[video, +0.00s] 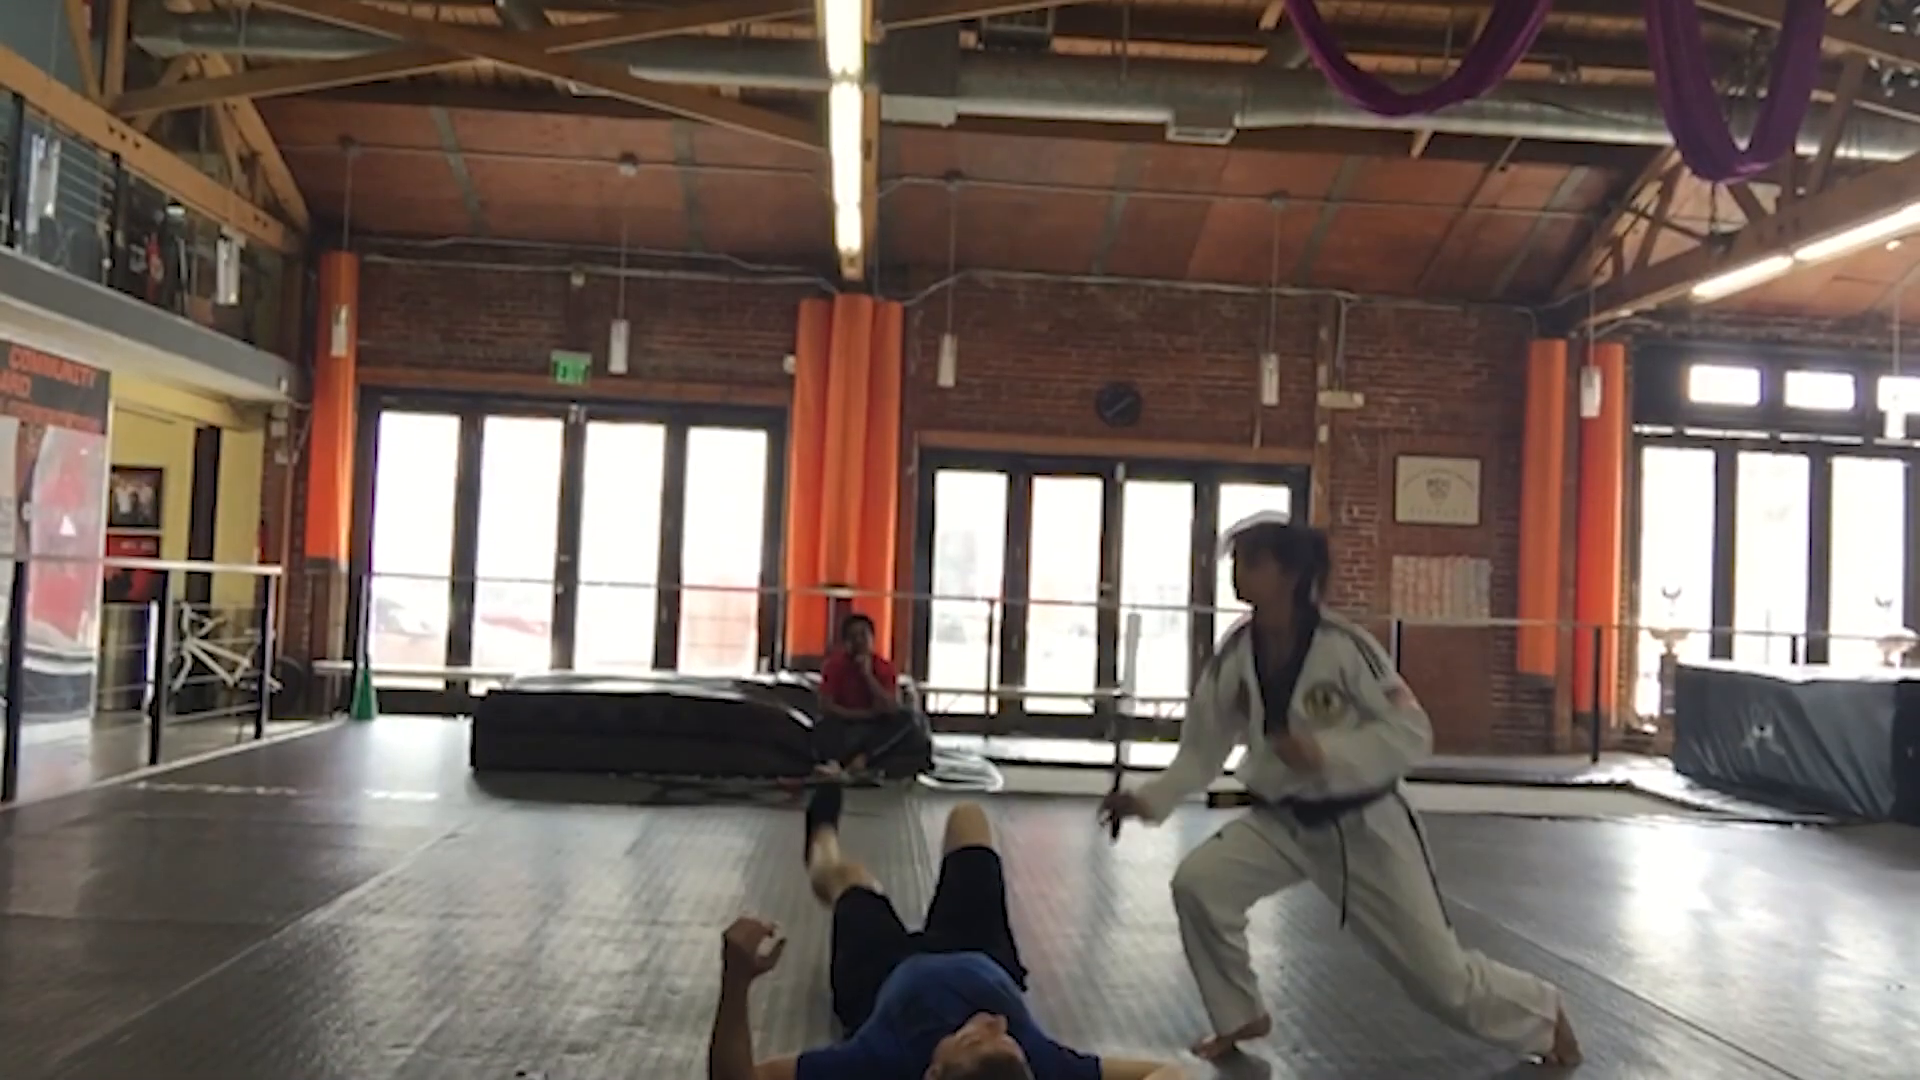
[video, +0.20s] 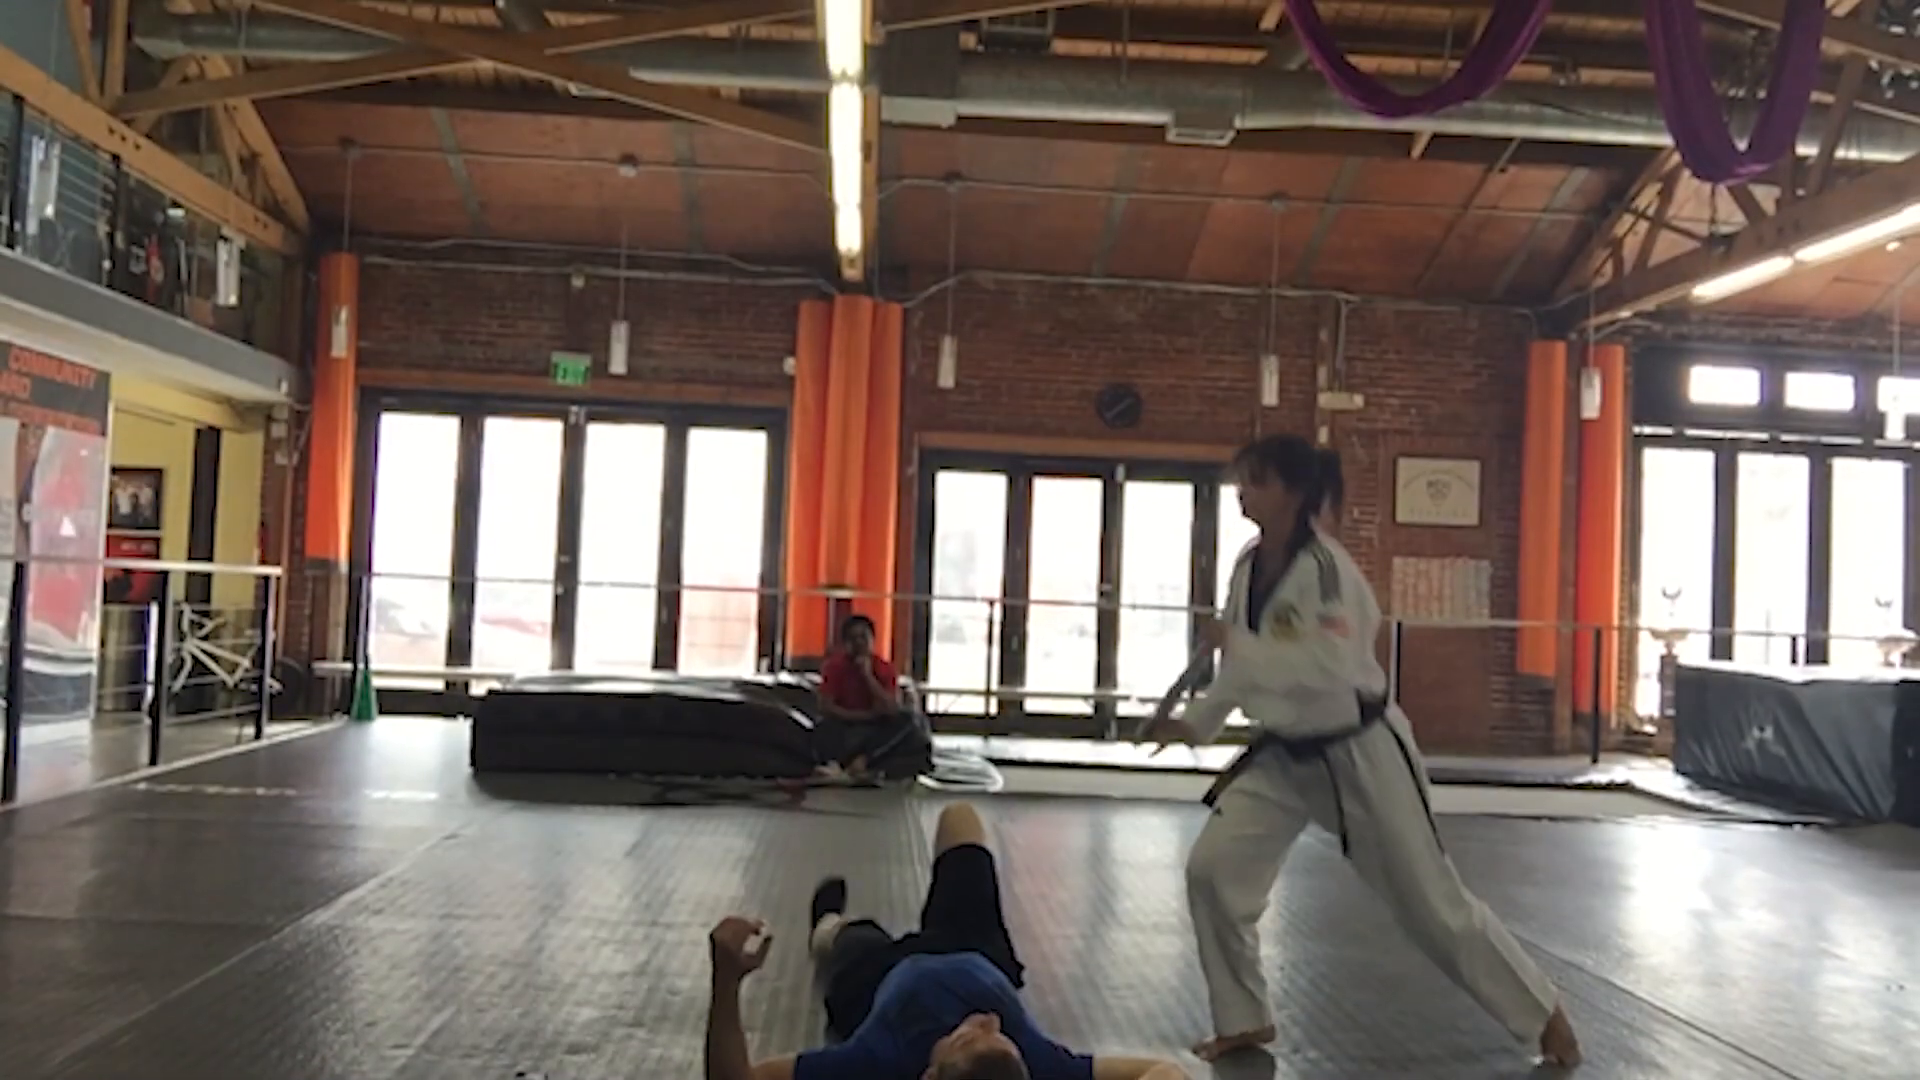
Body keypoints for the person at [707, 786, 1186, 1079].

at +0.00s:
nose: (988, 1024)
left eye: (973, 1043)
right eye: (1002, 1039)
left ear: (936, 1067)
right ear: (1022, 1059)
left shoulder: (865, 1060)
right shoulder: (1055, 1063)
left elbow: (735, 1072)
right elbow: (1165, 1071)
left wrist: (734, 981)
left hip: (885, 986)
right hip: (988, 973)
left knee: (847, 876)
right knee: (970, 810)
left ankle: (817, 835)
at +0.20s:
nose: (987, 1018)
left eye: (969, 1040)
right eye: (1000, 1035)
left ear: (934, 1065)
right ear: (1020, 1051)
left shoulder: (865, 1061)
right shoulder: (1056, 1066)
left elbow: (735, 1075)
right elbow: (1161, 1070)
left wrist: (724, 979)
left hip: (876, 978)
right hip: (978, 964)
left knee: (847, 928)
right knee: (961, 810)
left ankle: (828, 926)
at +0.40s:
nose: (983, 1016)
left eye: (963, 1039)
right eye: (1000, 1036)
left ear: (933, 1065)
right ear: (1019, 1052)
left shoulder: (864, 1060)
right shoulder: (1058, 1065)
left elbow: (736, 1075)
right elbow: (1165, 1068)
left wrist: (733, 976)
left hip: (877, 982)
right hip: (978, 967)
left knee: (839, 923)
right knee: (965, 810)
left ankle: (830, 915)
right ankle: (991, 969)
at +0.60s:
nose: (985, 1017)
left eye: (965, 1039)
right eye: (1001, 1037)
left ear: (936, 1065)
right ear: (1020, 1052)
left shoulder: (870, 1058)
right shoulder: (1058, 1065)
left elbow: (739, 1072)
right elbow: (1166, 1070)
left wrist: (751, 964)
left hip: (882, 978)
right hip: (985, 968)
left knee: (843, 929)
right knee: (970, 811)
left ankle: (835, 917)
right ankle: (999, 974)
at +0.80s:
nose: (984, 1016)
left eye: (965, 1039)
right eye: (1000, 1038)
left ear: (936, 1063)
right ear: (1018, 1053)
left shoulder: (870, 1058)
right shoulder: (1058, 1064)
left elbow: (741, 1071)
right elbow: (1166, 1069)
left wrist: (769, 959)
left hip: (880, 976)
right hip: (983, 965)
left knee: (842, 932)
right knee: (970, 811)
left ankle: (838, 915)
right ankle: (1000, 972)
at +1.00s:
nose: (986, 1018)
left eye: (965, 1039)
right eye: (999, 1037)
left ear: (937, 1065)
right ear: (1017, 1056)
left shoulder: (874, 1057)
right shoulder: (1049, 1058)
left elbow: (750, 1051)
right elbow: (1170, 1038)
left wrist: (824, 954)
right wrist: (1070, 1061)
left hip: (879, 984)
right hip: (979, 963)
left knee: (851, 922)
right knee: (966, 811)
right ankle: (1003, 972)